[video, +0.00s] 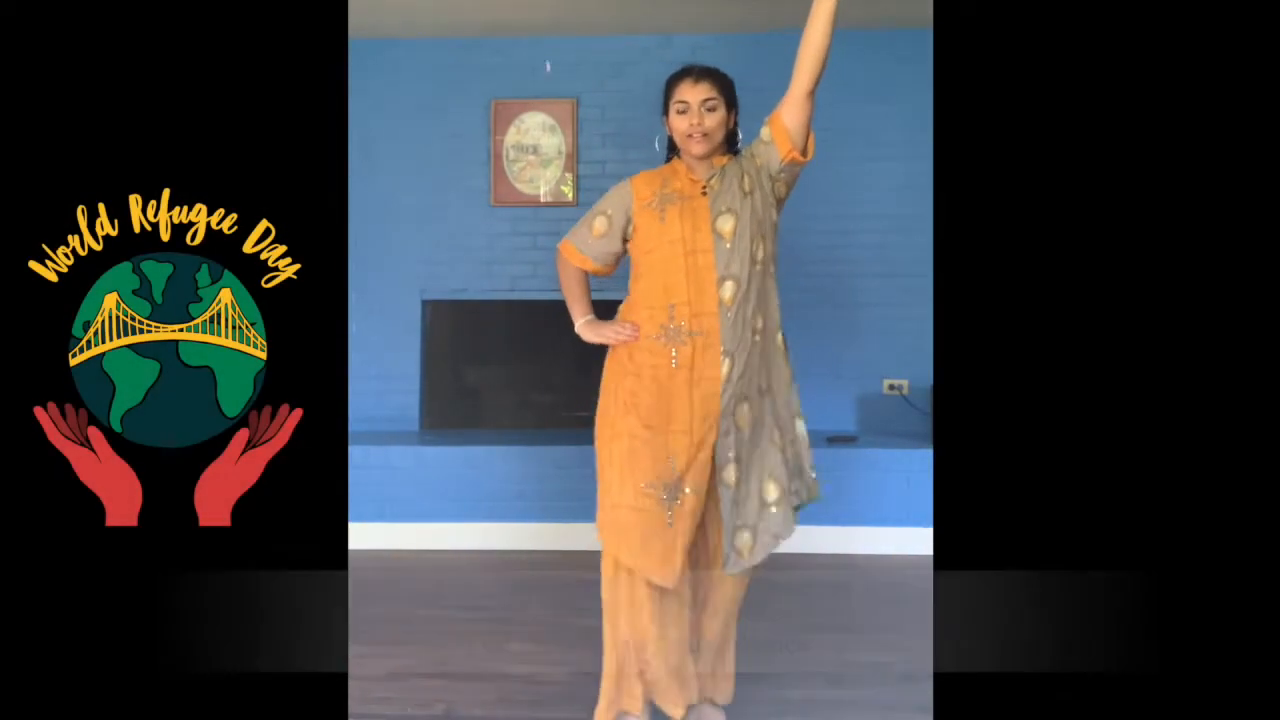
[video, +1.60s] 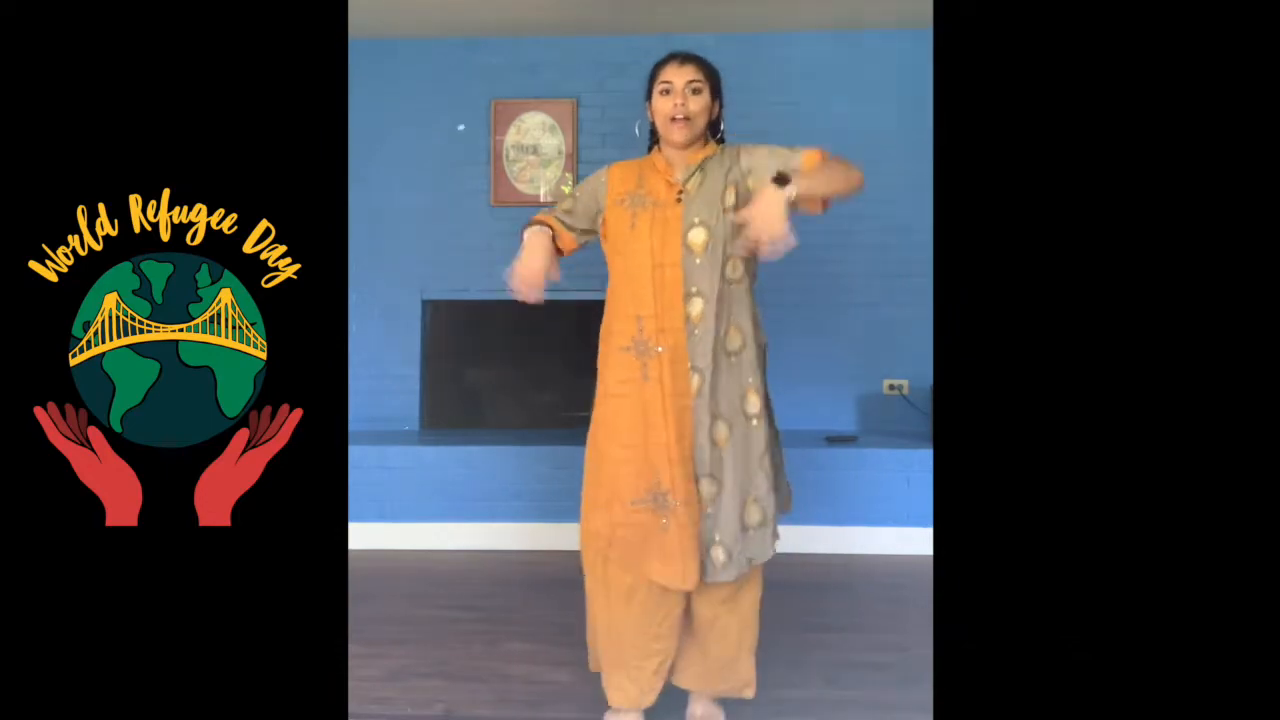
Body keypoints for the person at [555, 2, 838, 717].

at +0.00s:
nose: (695, 119)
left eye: (709, 107)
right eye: (683, 109)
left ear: (731, 117)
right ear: (667, 120)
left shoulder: (757, 179)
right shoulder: (641, 191)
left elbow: (803, 87)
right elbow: (571, 252)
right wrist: (584, 321)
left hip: (731, 386)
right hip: (646, 386)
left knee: (721, 550)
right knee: (642, 550)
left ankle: (702, 698)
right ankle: (632, 701)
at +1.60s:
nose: (679, 101)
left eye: (693, 90)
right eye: (666, 91)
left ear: (714, 106)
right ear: (649, 107)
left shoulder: (744, 167)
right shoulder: (618, 181)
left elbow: (847, 176)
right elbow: (555, 226)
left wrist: (784, 191)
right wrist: (538, 241)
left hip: (720, 383)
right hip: (634, 386)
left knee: (719, 536)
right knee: (630, 536)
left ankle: (704, 697)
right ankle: (627, 699)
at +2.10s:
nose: (696, 98)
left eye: (710, 87)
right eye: (683, 88)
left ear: (733, 101)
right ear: (666, 104)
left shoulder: (764, 172)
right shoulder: (637, 173)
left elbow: (760, 271)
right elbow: (617, 261)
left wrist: (731, 314)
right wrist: (611, 285)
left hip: (723, 370)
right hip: (641, 367)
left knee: (718, 517)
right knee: (650, 521)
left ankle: (712, 667)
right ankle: (667, 693)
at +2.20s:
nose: (693, 103)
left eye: (708, 93)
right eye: (681, 93)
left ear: (731, 107)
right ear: (664, 109)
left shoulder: (757, 169)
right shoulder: (635, 181)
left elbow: (759, 272)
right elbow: (619, 264)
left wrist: (745, 345)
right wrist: (607, 315)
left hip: (717, 383)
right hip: (636, 380)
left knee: (716, 540)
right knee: (642, 541)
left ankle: (714, 674)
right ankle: (650, 696)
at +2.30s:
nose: (694, 107)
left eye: (709, 96)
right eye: (681, 96)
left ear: (731, 110)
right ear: (664, 111)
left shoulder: (759, 179)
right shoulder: (633, 186)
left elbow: (757, 282)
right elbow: (621, 280)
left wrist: (754, 374)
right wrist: (608, 350)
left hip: (726, 398)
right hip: (642, 395)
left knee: (724, 551)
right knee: (641, 554)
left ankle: (710, 694)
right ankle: (646, 703)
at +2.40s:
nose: (697, 118)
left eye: (711, 105)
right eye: (684, 106)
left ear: (732, 115)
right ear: (666, 116)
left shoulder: (761, 190)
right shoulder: (636, 187)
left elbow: (760, 295)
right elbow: (620, 291)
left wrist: (765, 390)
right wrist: (607, 380)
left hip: (727, 397)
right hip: (644, 394)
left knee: (724, 549)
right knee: (644, 552)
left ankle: (713, 695)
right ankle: (637, 703)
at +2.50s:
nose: (696, 151)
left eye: (711, 138)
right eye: (684, 138)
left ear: (731, 142)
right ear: (667, 142)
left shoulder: (762, 215)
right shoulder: (635, 206)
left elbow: (769, 321)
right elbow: (613, 311)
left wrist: (778, 414)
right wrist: (595, 403)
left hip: (733, 413)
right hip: (647, 411)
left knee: (732, 560)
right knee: (651, 559)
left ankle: (712, 702)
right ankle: (660, 695)